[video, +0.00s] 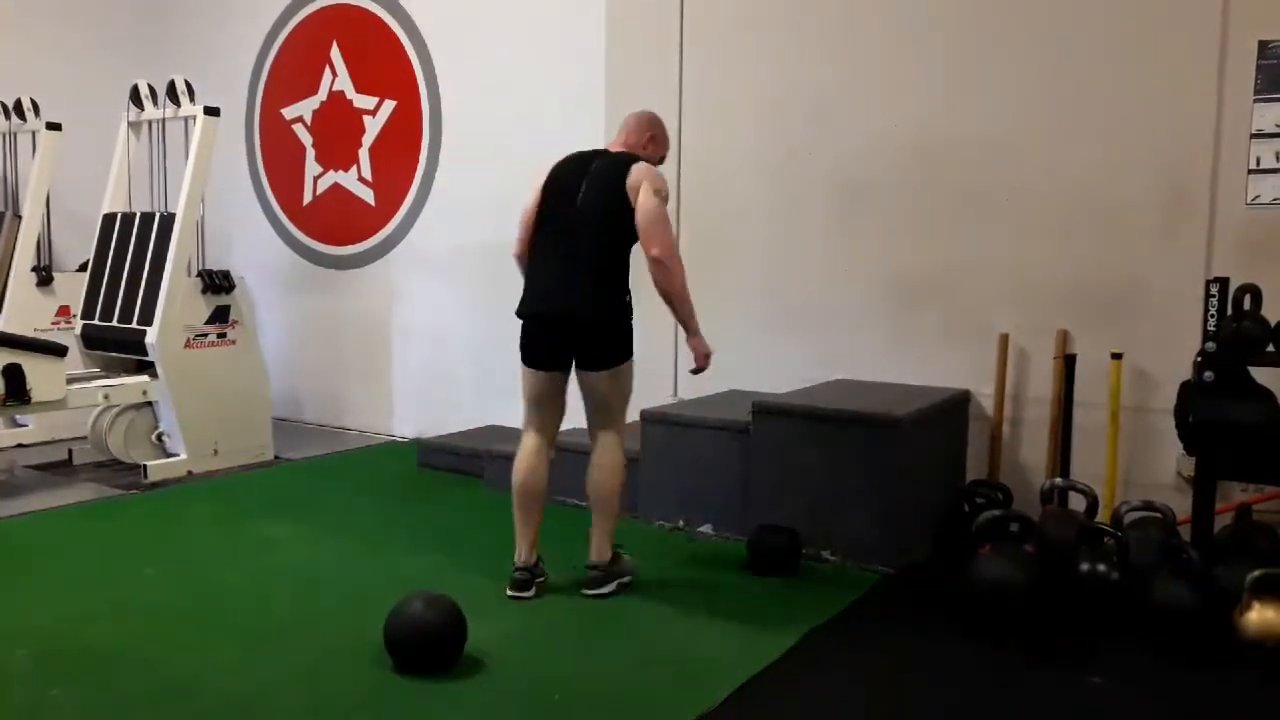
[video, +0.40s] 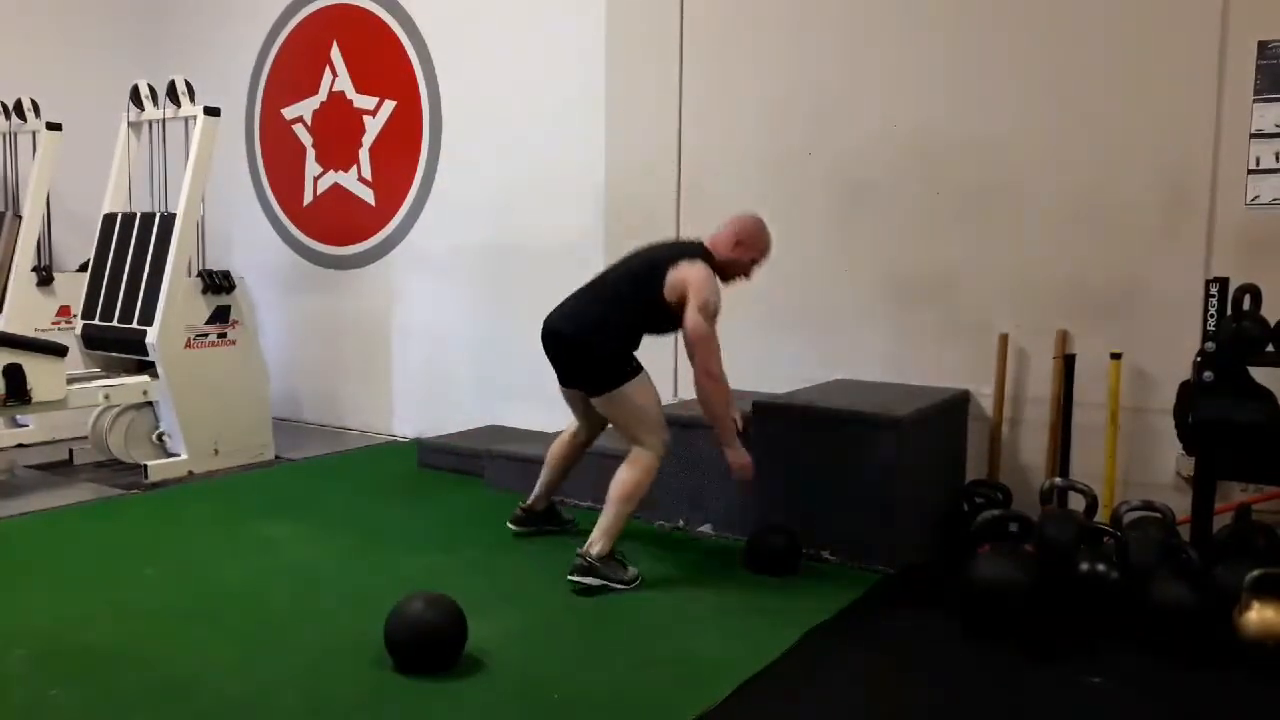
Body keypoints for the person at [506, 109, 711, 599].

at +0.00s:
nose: (659, 163)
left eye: (662, 157)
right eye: (661, 155)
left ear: (618, 136)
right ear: (649, 143)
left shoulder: (561, 167)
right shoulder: (642, 175)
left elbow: (524, 249)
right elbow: (658, 255)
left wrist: (550, 295)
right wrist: (693, 332)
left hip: (543, 317)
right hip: (602, 321)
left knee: (537, 432)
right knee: (607, 434)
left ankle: (524, 565)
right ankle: (601, 562)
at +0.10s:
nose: (683, 175)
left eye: (688, 167)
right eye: (685, 165)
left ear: (650, 139)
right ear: (672, 145)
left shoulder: (585, 172)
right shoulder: (658, 179)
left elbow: (561, 241)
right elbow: (651, 265)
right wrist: (669, 350)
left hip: (552, 314)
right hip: (606, 319)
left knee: (563, 417)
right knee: (621, 435)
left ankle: (528, 535)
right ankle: (596, 563)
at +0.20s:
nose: (712, 187)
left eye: (717, 178)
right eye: (714, 174)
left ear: (680, 148)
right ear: (697, 155)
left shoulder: (623, 175)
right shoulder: (676, 196)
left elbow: (599, 262)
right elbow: (666, 285)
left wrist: (641, 321)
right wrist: (674, 370)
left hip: (561, 310)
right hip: (605, 318)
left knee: (584, 406)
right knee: (629, 435)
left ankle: (540, 517)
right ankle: (597, 561)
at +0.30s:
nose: (733, 218)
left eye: (739, 211)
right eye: (736, 207)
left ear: (710, 184)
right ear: (718, 189)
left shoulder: (657, 206)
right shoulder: (691, 231)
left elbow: (667, 308)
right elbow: (685, 323)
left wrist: (699, 359)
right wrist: (703, 401)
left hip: (559, 316)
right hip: (601, 327)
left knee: (581, 410)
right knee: (644, 435)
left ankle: (549, 507)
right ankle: (597, 556)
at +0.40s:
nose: (750, 272)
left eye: (756, 265)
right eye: (753, 261)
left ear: (729, 238)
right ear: (735, 245)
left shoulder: (683, 257)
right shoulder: (701, 281)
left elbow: (703, 354)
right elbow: (707, 373)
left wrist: (726, 407)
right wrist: (731, 446)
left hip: (562, 331)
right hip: (597, 344)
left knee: (588, 423)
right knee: (651, 444)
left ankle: (534, 506)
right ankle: (595, 556)